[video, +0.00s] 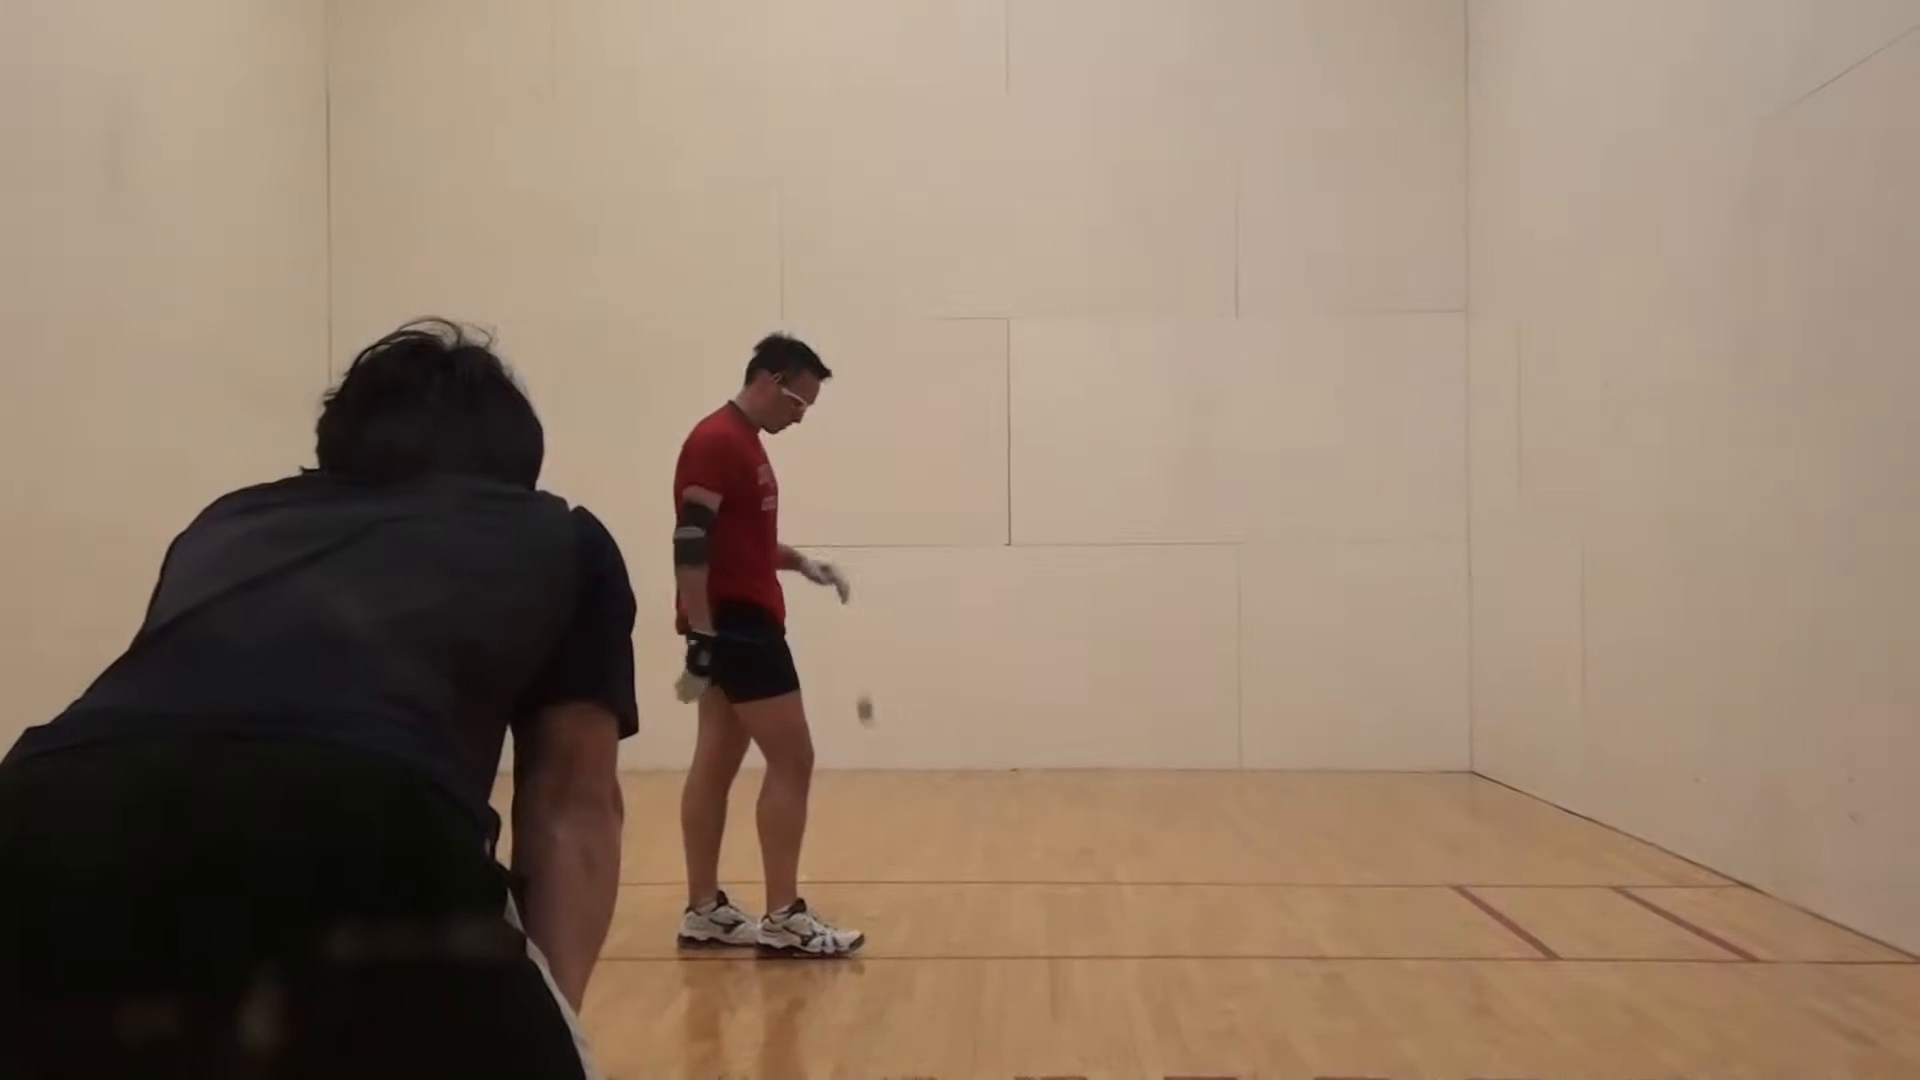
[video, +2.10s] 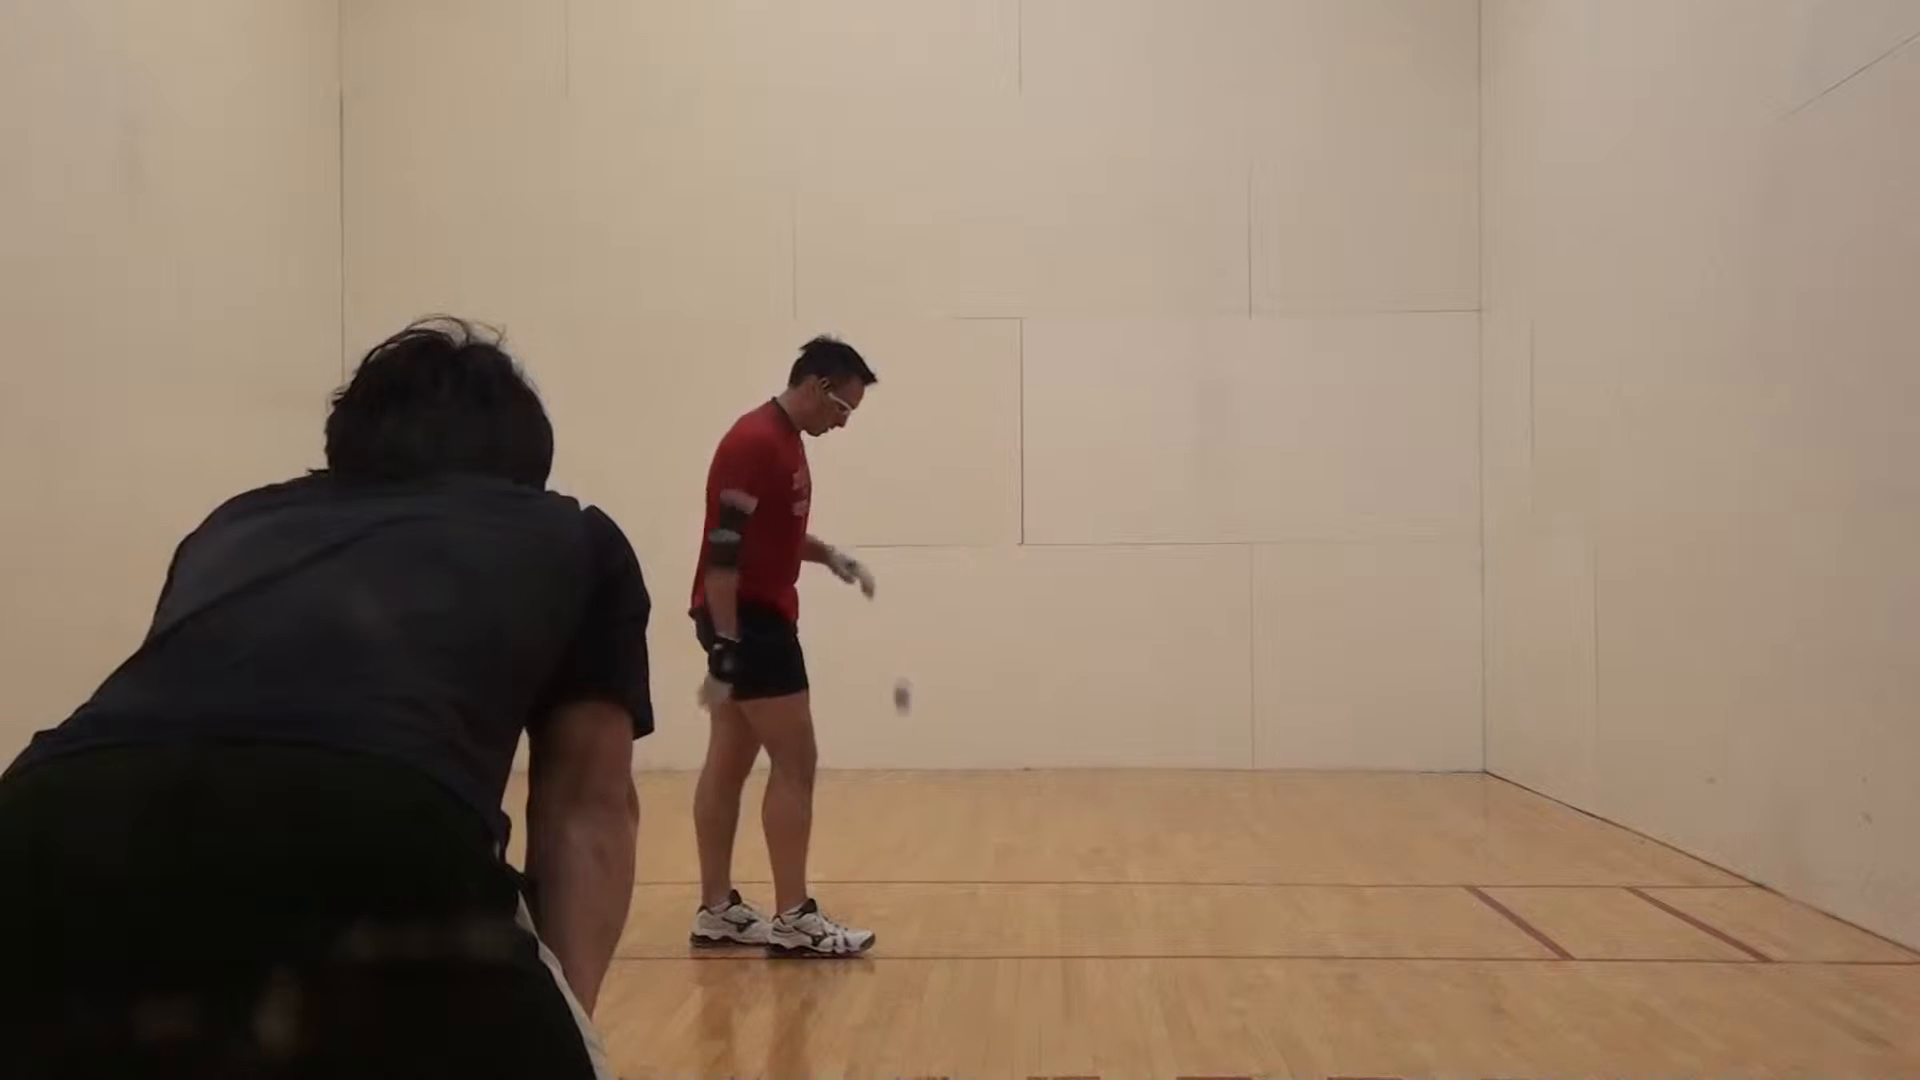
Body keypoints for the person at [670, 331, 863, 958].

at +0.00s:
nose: (801, 413)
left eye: (806, 403)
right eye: (798, 399)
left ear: (772, 388)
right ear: (765, 380)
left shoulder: (744, 442)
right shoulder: (718, 441)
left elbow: (745, 541)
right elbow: (691, 544)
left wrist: (801, 561)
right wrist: (701, 637)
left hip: (733, 623)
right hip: (743, 628)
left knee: (714, 764)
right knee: (791, 759)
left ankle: (704, 908)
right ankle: (784, 914)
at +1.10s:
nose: (819, 417)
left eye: (824, 407)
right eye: (818, 404)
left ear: (796, 391)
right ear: (786, 384)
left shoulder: (778, 450)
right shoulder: (726, 435)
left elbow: (784, 540)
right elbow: (698, 529)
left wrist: (832, 608)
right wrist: (763, 592)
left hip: (747, 616)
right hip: (734, 618)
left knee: (723, 763)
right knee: (793, 757)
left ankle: (712, 908)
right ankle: (789, 914)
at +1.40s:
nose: (824, 414)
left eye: (829, 404)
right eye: (823, 401)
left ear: (796, 386)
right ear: (791, 382)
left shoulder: (766, 439)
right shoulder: (739, 439)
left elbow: (755, 536)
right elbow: (738, 534)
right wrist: (828, 538)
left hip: (740, 616)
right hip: (739, 619)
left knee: (724, 762)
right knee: (792, 761)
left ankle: (713, 907)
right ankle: (789, 914)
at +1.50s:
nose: (829, 417)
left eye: (834, 407)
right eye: (829, 403)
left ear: (799, 387)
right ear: (797, 384)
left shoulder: (762, 436)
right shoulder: (751, 440)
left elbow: (761, 536)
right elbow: (755, 539)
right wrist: (840, 524)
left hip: (731, 616)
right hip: (746, 619)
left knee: (725, 761)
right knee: (794, 761)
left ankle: (715, 908)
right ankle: (791, 914)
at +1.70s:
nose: (836, 421)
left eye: (841, 412)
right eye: (835, 407)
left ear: (805, 390)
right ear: (804, 386)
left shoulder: (759, 435)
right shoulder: (764, 445)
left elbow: (764, 545)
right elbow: (772, 549)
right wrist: (863, 547)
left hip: (724, 616)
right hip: (750, 621)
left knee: (726, 758)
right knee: (795, 758)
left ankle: (715, 907)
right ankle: (793, 914)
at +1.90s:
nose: (840, 420)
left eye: (847, 410)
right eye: (839, 405)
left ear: (810, 388)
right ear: (810, 386)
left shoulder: (769, 437)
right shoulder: (764, 447)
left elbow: (777, 548)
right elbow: (770, 560)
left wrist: (803, 600)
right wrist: (807, 625)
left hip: (732, 614)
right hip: (747, 618)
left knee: (726, 761)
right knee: (797, 762)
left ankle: (716, 908)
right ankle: (793, 915)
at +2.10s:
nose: (844, 419)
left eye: (851, 408)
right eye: (843, 404)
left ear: (816, 389)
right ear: (813, 385)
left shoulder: (782, 440)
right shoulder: (755, 443)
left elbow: (775, 532)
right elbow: (721, 552)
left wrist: (829, 554)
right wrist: (724, 646)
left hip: (745, 622)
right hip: (758, 628)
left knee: (726, 766)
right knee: (796, 762)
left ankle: (716, 908)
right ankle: (793, 915)